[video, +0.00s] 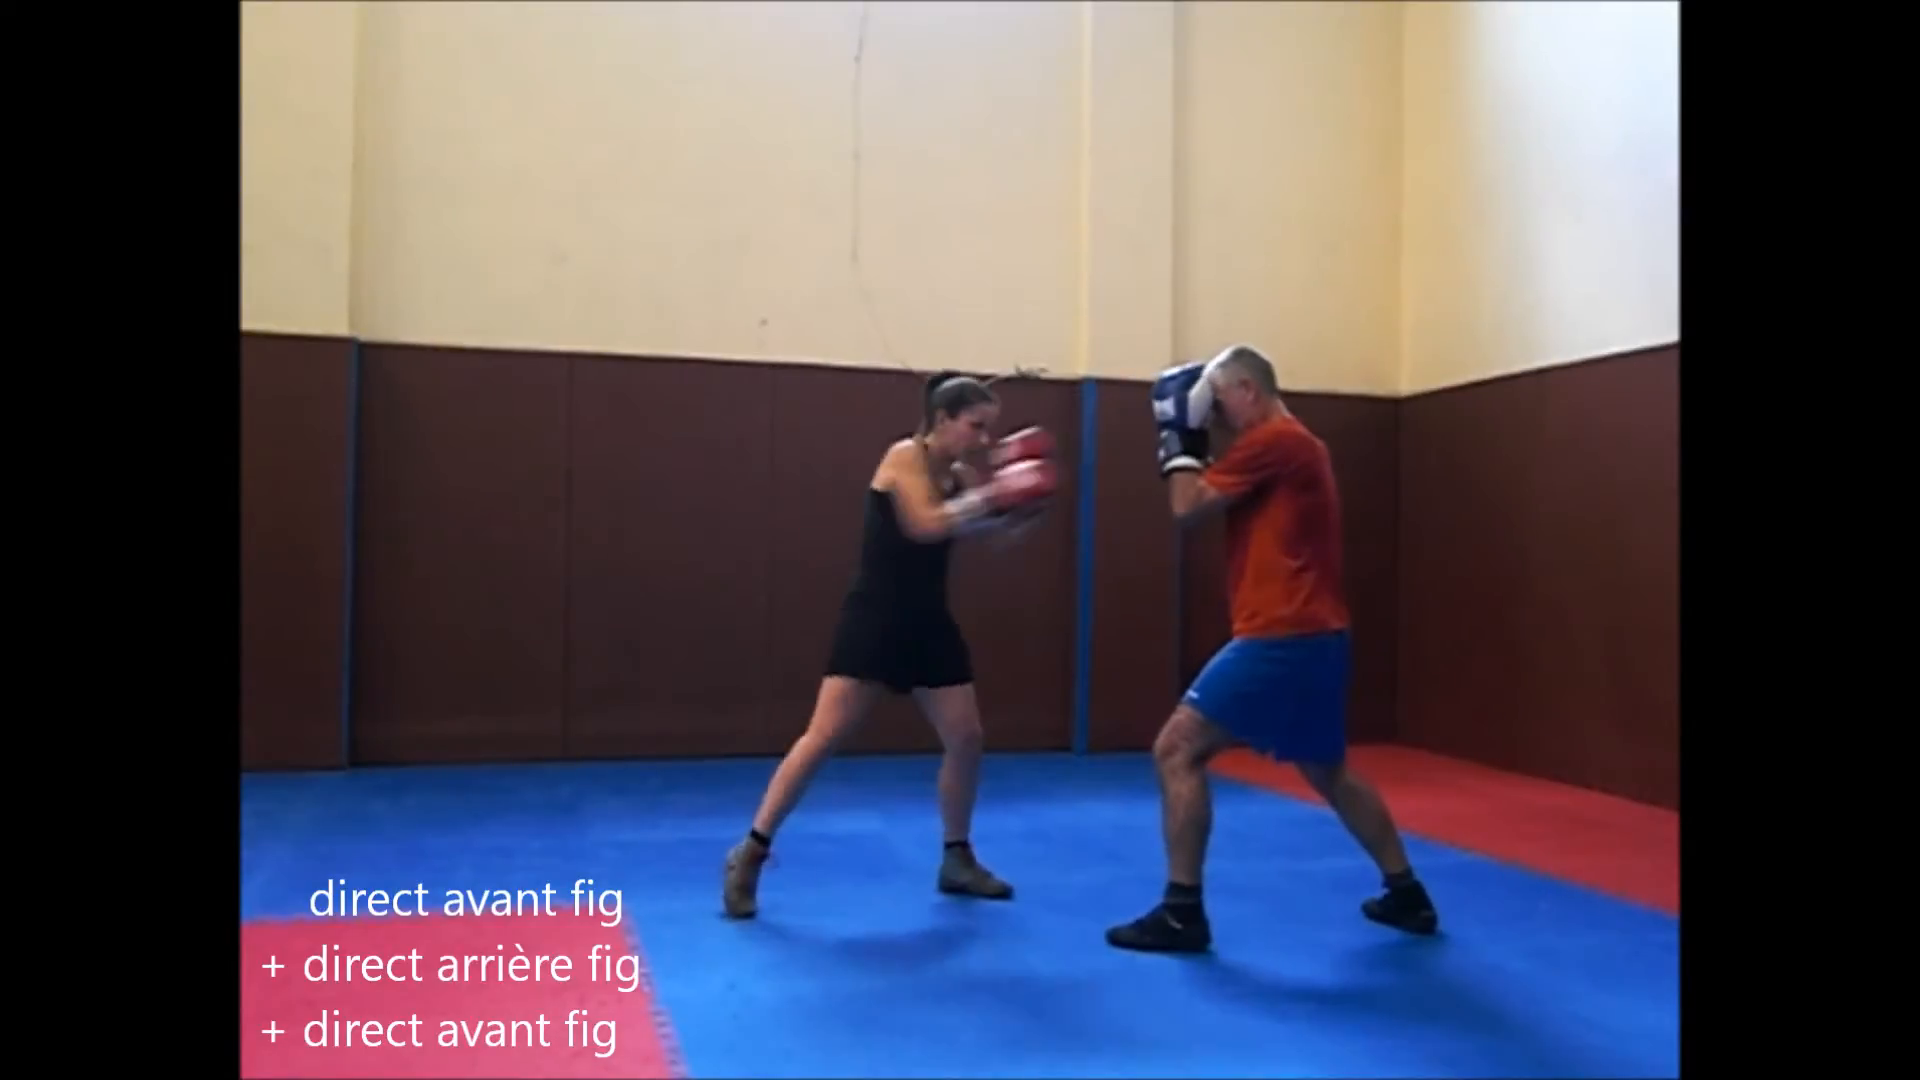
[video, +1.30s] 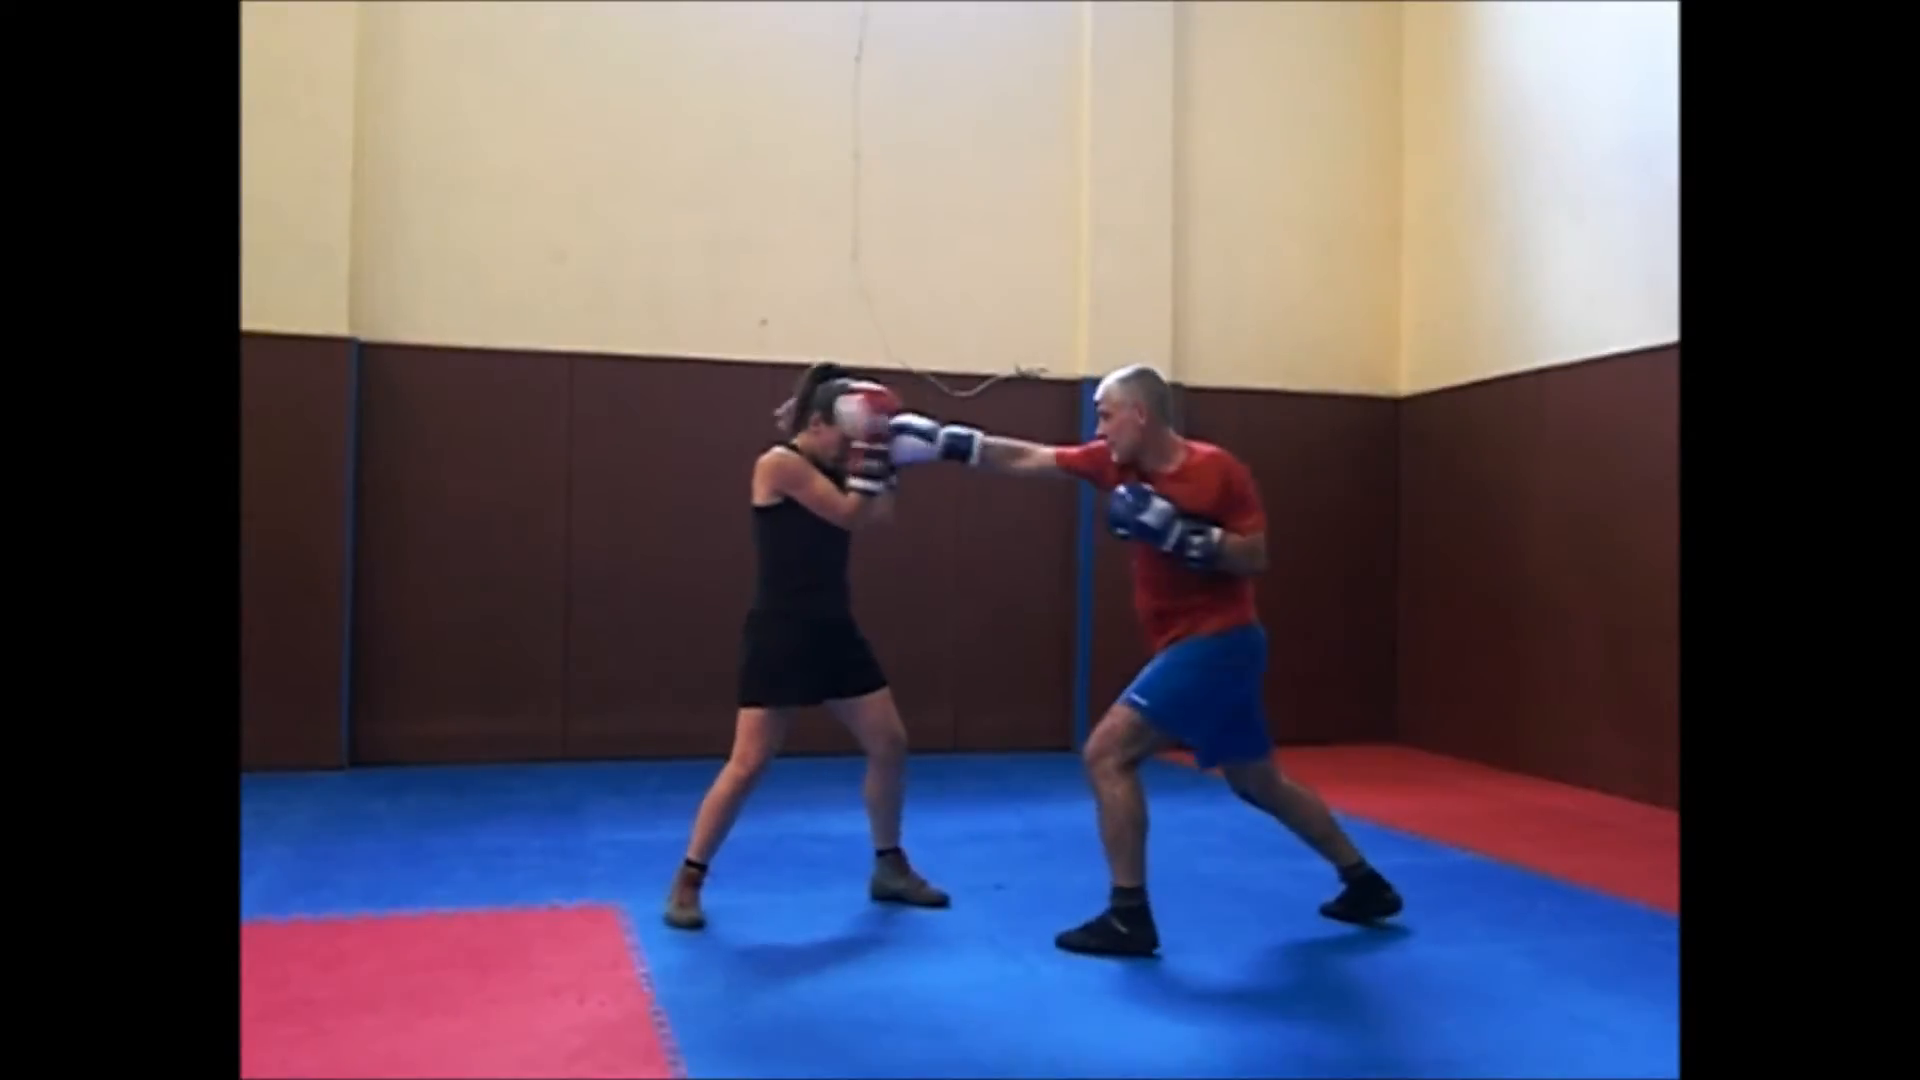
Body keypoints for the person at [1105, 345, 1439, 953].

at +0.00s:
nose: (1221, 416)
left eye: (1222, 403)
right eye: (1217, 405)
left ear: (1246, 391)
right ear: (1262, 391)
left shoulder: (1272, 442)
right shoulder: (1300, 442)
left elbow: (1188, 501)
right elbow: (1217, 491)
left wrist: (1171, 436)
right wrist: (1200, 437)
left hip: (1274, 637)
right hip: (1315, 636)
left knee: (1177, 749)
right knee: (1330, 771)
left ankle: (1182, 912)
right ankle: (1407, 893)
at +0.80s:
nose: (1182, 408)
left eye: (1187, 393)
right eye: (1180, 395)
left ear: (1219, 389)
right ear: (1239, 390)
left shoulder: (1216, 439)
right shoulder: (1295, 437)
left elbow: (1203, 517)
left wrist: (1151, 485)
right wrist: (1181, 472)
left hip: (1222, 621)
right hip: (1291, 625)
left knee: (1112, 730)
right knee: (1297, 759)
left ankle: (1121, 881)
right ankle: (1357, 892)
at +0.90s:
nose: (1159, 411)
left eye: (1163, 400)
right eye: (1158, 401)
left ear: (1192, 394)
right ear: (1214, 394)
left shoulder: (1176, 439)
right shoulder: (1280, 440)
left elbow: (1110, 479)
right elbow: (1290, 513)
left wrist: (1043, 460)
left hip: (1198, 629)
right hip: (1274, 630)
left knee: (1108, 746)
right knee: (1301, 760)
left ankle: (1120, 896)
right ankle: (1357, 893)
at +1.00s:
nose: (1132, 424)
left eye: (1137, 412)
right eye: (1132, 413)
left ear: (1167, 409)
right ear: (1190, 407)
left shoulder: (1142, 456)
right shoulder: (1258, 452)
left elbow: (1053, 469)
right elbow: (1281, 535)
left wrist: (966, 453)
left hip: (1190, 647)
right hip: (1270, 646)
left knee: (1093, 752)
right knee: (1290, 767)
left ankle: (1121, 901)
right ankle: (1355, 894)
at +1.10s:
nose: (1108, 419)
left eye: (1114, 406)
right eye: (1106, 406)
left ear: (1143, 403)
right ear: (1165, 405)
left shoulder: (1140, 454)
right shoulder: (1230, 449)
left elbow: (1075, 524)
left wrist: (1022, 489)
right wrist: (1057, 488)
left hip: (1192, 643)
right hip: (1260, 638)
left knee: (1089, 753)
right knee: (1271, 769)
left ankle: (1123, 907)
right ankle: (1353, 893)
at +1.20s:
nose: (1094, 419)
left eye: (1103, 405)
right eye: (1093, 407)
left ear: (1140, 406)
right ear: (1129, 408)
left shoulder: (1195, 460)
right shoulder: (1140, 466)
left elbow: (1205, 555)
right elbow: (1120, 490)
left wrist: (1123, 525)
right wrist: (1072, 463)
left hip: (1206, 638)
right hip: (1227, 636)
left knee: (1101, 754)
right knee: (1256, 772)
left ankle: (1128, 914)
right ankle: (1355, 885)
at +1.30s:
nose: (1100, 429)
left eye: (1108, 417)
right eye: (1100, 418)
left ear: (1146, 417)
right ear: (1133, 417)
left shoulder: (1217, 470)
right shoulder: (1118, 463)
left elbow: (1254, 555)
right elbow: (1024, 458)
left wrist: (1176, 531)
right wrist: (947, 440)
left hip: (1217, 643)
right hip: (1193, 648)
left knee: (1107, 754)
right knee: (1259, 781)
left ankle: (1130, 918)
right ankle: (1365, 884)